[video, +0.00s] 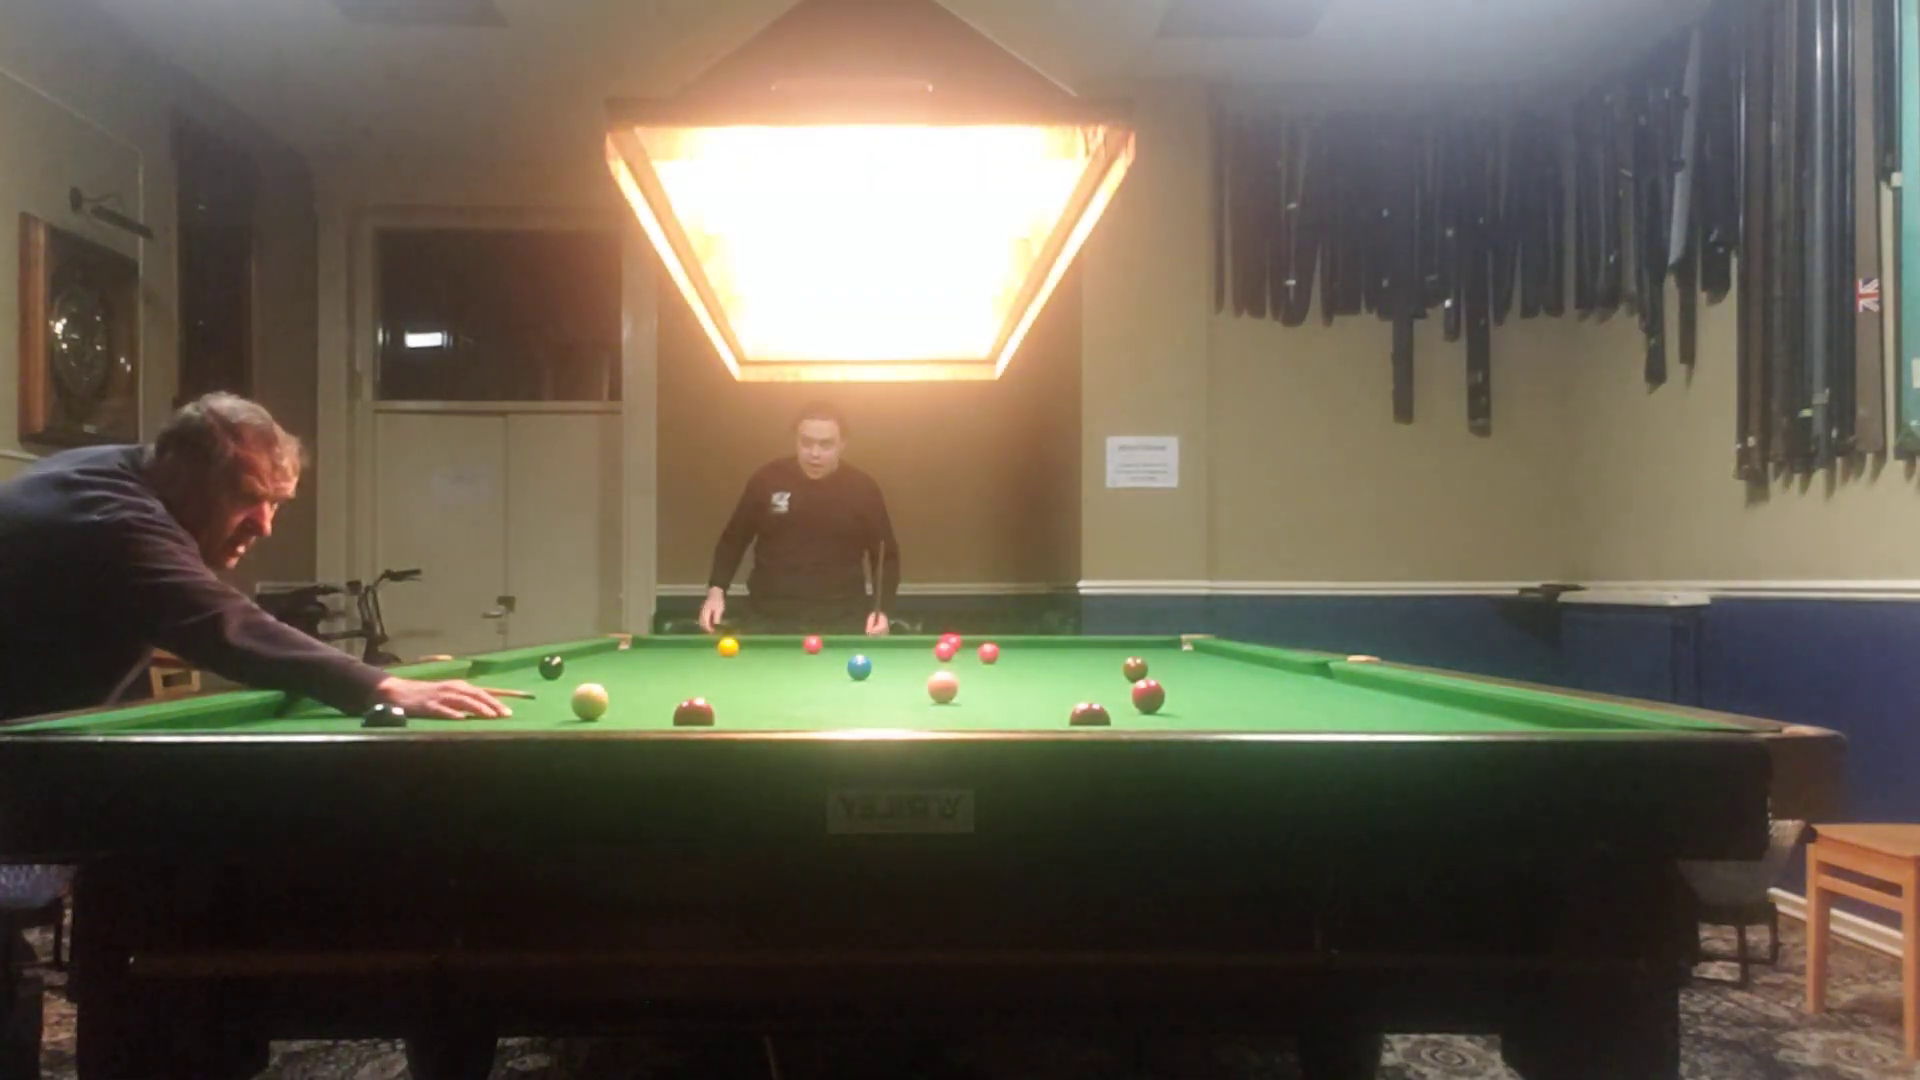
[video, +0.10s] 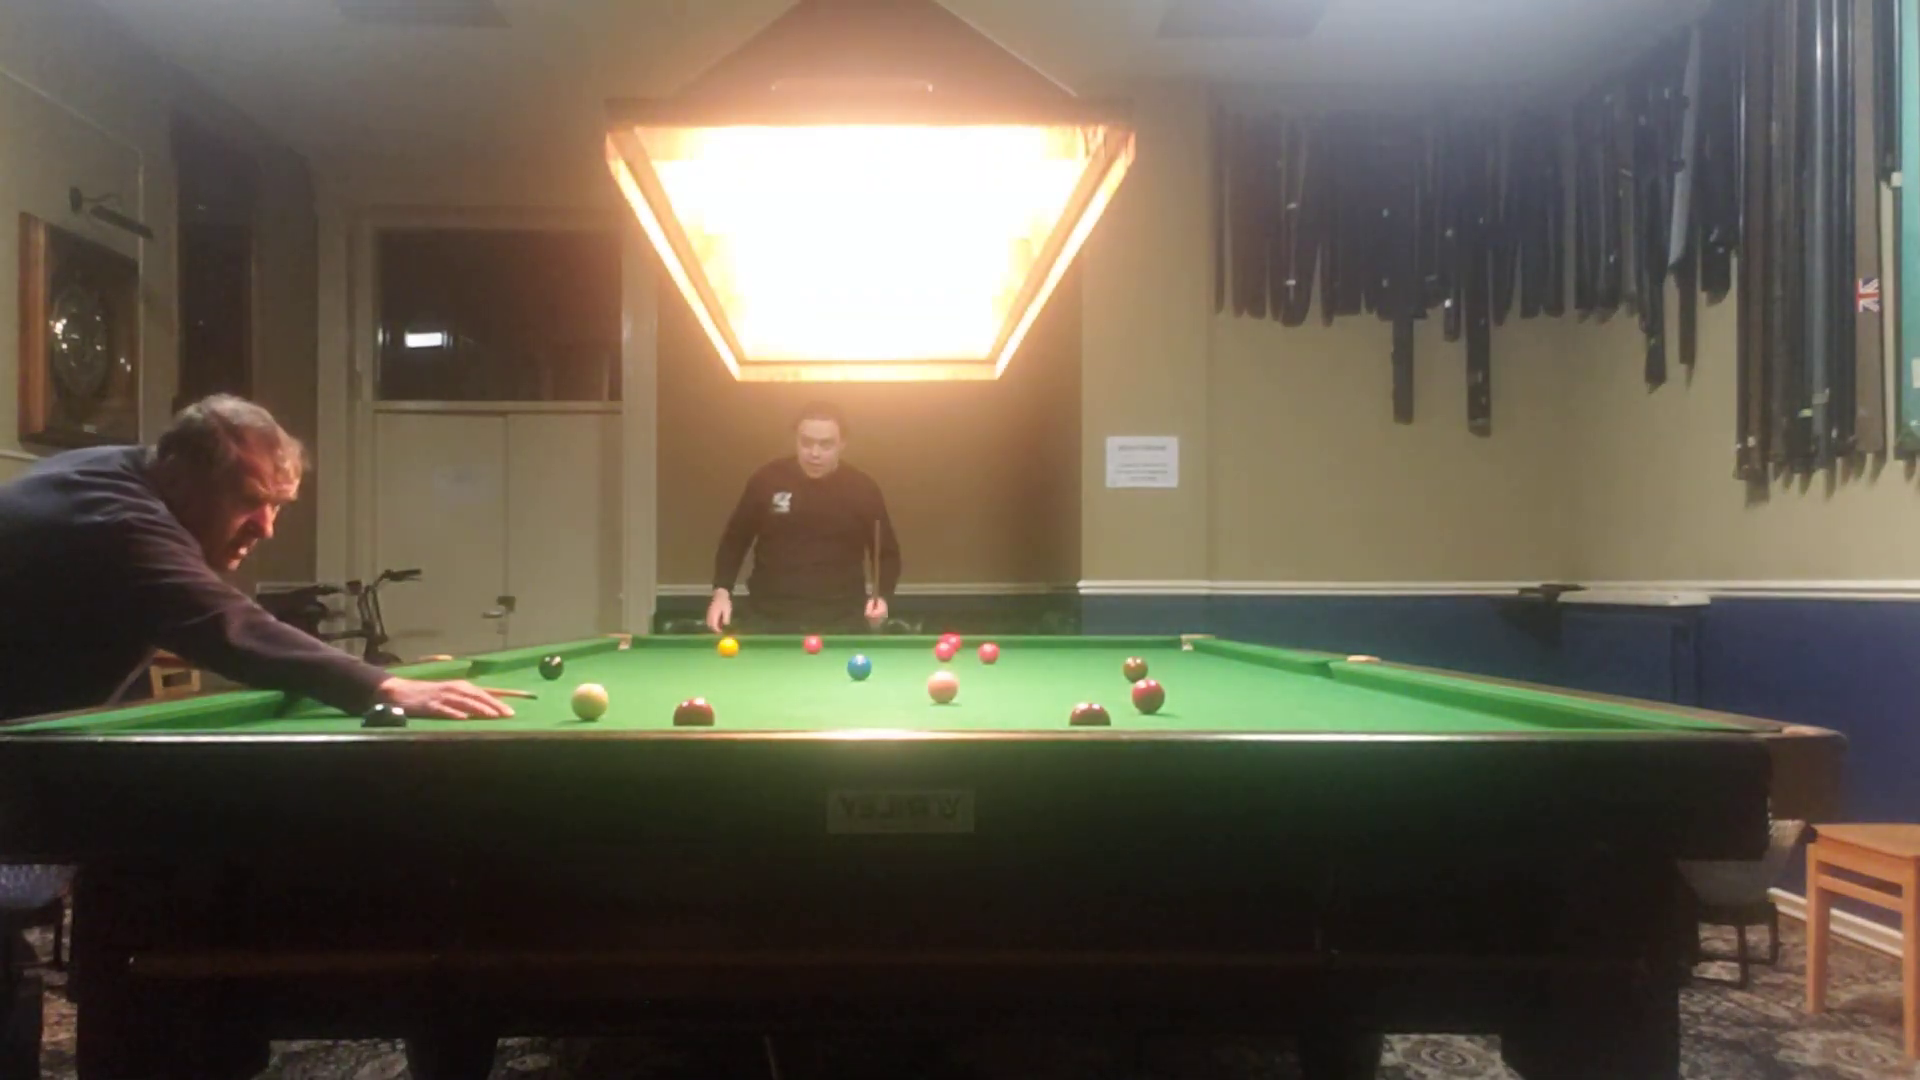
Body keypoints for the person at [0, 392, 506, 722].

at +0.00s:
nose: (263, 526)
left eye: (275, 507)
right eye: (247, 500)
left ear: (175, 465)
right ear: (180, 468)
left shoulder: (121, 473)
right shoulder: (121, 521)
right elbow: (233, 630)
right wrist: (388, 687)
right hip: (17, 741)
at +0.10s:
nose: (265, 529)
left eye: (277, 509)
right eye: (250, 502)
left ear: (176, 468)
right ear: (181, 471)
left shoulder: (125, 473)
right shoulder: (125, 523)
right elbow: (237, 631)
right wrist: (389, 687)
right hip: (13, 728)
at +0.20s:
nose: (267, 531)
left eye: (278, 511)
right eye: (252, 503)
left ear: (178, 469)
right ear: (181, 472)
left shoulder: (129, 475)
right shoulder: (124, 522)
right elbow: (237, 630)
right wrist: (392, 687)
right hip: (13, 721)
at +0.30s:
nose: (268, 533)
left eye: (279, 513)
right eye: (253, 506)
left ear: (178, 471)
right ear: (183, 476)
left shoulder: (125, 473)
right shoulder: (130, 527)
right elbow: (239, 630)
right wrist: (392, 687)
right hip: (11, 723)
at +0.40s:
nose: (268, 533)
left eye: (281, 513)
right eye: (253, 506)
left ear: (178, 473)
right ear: (182, 477)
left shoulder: (128, 472)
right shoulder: (133, 529)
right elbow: (242, 632)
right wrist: (393, 687)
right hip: (11, 720)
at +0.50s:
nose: (269, 534)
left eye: (281, 513)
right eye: (253, 507)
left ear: (179, 473)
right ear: (183, 478)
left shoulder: (127, 472)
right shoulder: (133, 529)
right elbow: (243, 632)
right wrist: (394, 687)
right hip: (11, 720)